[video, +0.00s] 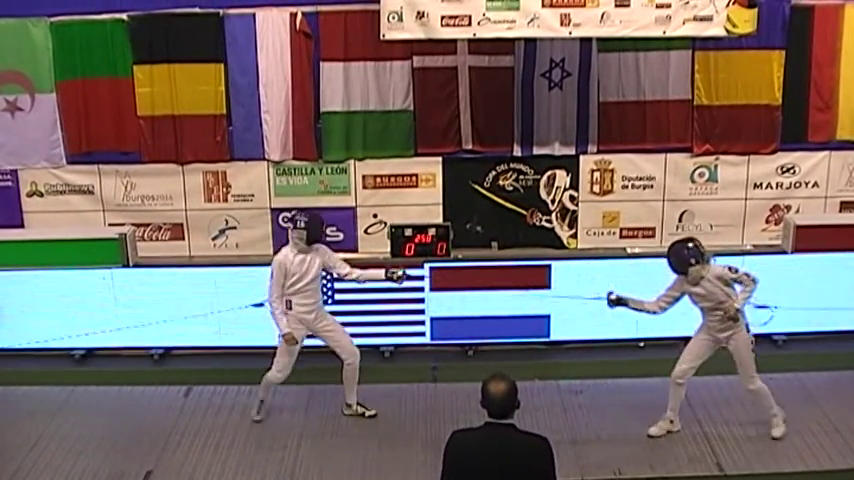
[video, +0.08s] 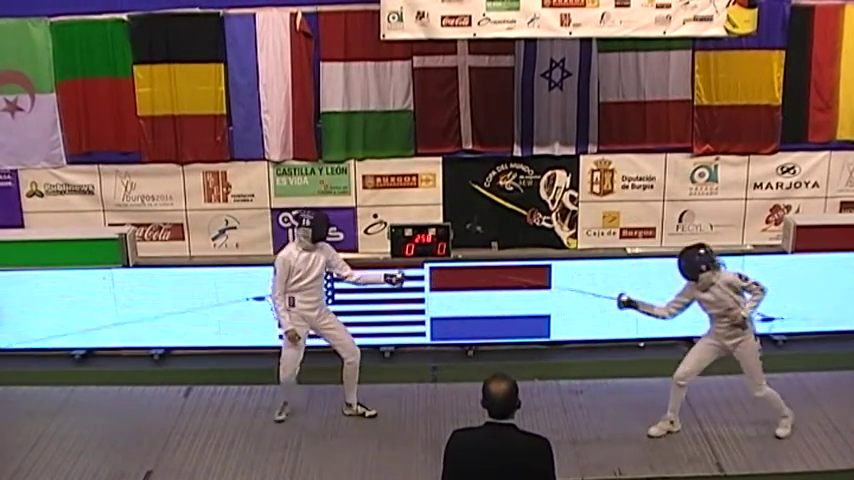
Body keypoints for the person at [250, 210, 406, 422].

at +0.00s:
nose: (295, 234)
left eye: (301, 231)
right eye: (294, 230)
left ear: (311, 235)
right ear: (290, 231)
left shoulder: (321, 253)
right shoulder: (282, 259)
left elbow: (350, 273)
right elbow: (275, 299)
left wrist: (386, 274)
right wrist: (284, 329)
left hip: (319, 317)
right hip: (293, 321)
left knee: (351, 355)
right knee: (278, 374)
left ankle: (351, 404)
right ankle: (261, 401)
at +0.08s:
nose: (311, 237)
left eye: (314, 233)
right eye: (309, 232)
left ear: (319, 233)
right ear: (301, 230)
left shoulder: (325, 251)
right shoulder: (286, 257)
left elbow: (350, 275)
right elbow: (277, 295)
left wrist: (384, 278)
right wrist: (286, 326)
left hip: (321, 314)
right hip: (296, 316)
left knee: (352, 354)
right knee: (288, 368)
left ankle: (351, 404)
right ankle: (283, 404)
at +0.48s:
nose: (287, 245)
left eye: (292, 242)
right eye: (285, 241)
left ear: (302, 246)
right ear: (282, 242)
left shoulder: (307, 264)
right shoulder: (270, 270)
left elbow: (320, 297)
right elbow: (263, 310)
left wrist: (349, 313)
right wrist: (274, 338)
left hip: (306, 326)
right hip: (281, 330)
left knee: (346, 355)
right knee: (266, 383)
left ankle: (351, 405)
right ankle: (248, 406)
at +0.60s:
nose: (274, 241)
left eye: (280, 238)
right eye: (273, 236)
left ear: (290, 242)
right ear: (270, 237)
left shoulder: (295, 263)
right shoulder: (259, 264)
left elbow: (302, 294)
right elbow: (249, 303)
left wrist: (328, 313)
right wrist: (262, 332)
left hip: (290, 321)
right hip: (265, 324)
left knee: (326, 357)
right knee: (257, 377)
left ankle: (346, 403)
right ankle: (248, 407)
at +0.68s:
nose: (271, 238)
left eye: (277, 234)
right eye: (269, 233)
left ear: (286, 239)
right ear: (264, 234)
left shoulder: (288, 262)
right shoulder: (252, 262)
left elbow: (294, 294)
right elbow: (241, 300)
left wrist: (318, 314)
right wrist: (254, 330)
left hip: (282, 319)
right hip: (257, 321)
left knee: (319, 357)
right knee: (255, 375)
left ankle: (328, 404)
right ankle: (247, 408)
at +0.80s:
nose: (266, 247)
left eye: (271, 245)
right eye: (263, 242)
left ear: (281, 246)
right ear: (259, 241)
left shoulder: (282, 264)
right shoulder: (248, 265)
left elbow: (288, 296)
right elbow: (236, 304)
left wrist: (313, 315)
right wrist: (243, 337)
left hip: (277, 321)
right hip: (252, 324)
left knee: (309, 362)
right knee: (253, 378)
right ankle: (247, 408)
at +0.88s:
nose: (262, 251)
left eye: (268, 249)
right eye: (260, 246)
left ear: (278, 250)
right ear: (256, 244)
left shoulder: (281, 265)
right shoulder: (247, 269)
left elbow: (289, 299)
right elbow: (233, 309)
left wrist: (314, 317)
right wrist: (240, 342)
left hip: (275, 327)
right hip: (251, 328)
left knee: (306, 367)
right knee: (252, 382)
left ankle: (283, 404)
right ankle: (247, 409)